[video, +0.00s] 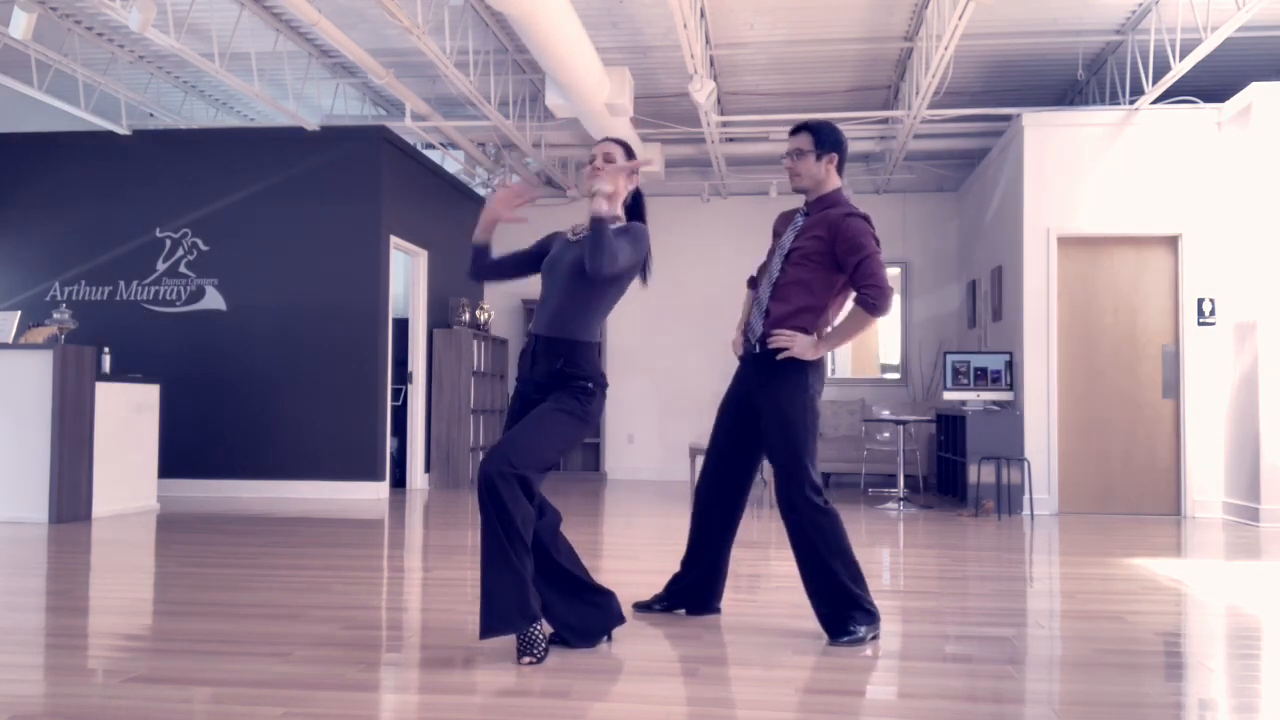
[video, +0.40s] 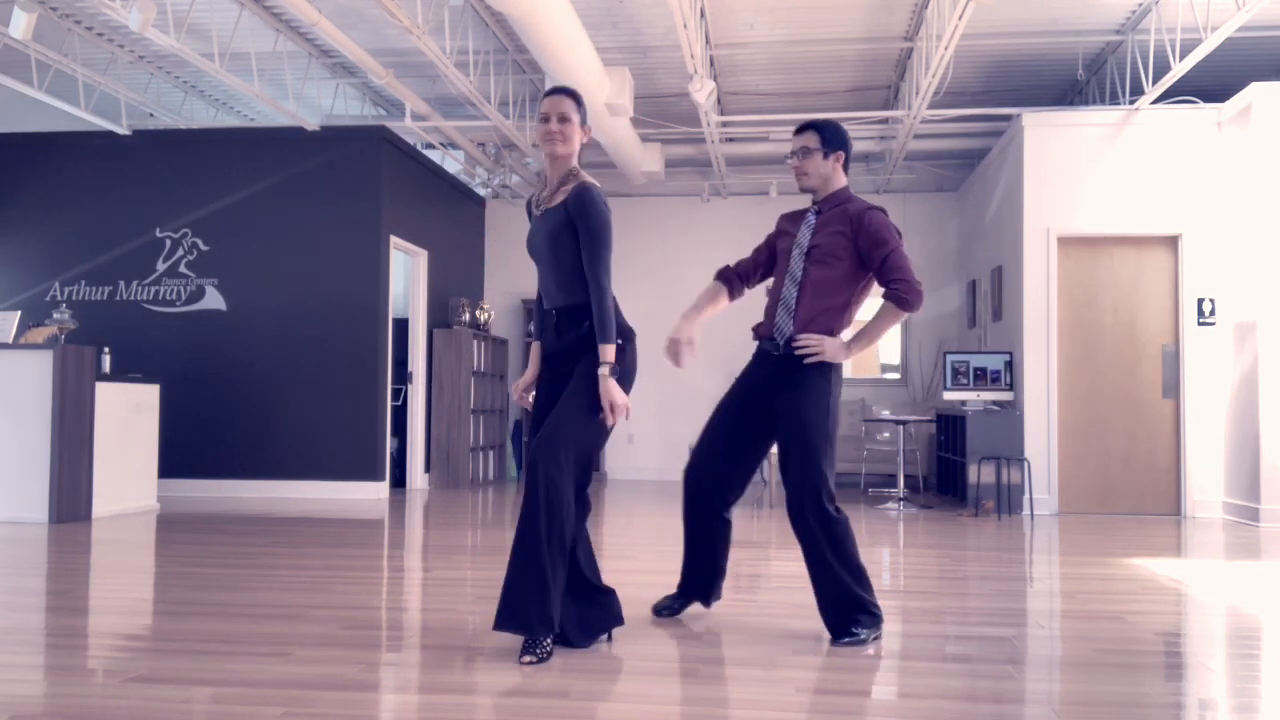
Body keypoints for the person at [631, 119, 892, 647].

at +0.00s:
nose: (787, 164)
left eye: (797, 156)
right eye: (787, 156)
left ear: (830, 162)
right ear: (800, 165)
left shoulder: (847, 221)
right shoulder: (791, 220)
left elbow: (876, 298)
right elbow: (761, 279)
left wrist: (821, 344)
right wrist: (744, 324)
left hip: (792, 368)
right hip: (753, 364)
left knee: (799, 493)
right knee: (719, 483)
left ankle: (854, 617)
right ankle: (695, 592)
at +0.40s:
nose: (793, 163)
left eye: (804, 154)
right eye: (792, 155)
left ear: (837, 159)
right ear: (807, 163)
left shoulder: (865, 218)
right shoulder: (791, 224)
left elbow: (906, 294)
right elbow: (740, 276)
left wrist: (848, 347)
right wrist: (690, 319)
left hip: (811, 370)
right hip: (764, 364)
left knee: (808, 493)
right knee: (706, 473)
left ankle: (857, 617)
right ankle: (699, 584)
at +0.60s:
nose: (797, 149)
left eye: (807, 141)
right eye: (789, 142)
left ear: (829, 152)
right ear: (780, 151)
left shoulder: (838, 208)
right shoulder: (765, 212)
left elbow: (885, 279)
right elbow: (700, 250)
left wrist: (831, 336)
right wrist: (630, 271)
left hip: (794, 363)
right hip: (745, 360)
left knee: (815, 490)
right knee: (694, 487)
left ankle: (856, 618)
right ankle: (688, 602)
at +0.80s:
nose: (785, 145)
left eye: (796, 137)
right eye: (776, 135)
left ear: (810, 148)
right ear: (762, 142)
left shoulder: (813, 206)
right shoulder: (730, 191)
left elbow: (859, 284)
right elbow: (656, 216)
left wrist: (794, 316)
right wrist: (587, 231)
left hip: (762, 356)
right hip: (709, 351)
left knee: (783, 473)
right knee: (684, 480)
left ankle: (833, 592)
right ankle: (691, 604)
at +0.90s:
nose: (778, 151)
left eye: (789, 143)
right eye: (768, 141)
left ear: (803, 152)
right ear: (754, 147)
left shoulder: (811, 218)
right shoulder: (723, 195)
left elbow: (851, 297)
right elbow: (651, 218)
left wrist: (786, 336)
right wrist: (597, 225)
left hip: (748, 355)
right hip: (695, 348)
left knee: (748, 459)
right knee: (676, 472)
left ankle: (775, 550)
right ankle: (688, 600)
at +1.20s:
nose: (756, 184)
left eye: (765, 174)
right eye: (746, 174)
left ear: (779, 180)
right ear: (731, 178)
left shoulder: (790, 240)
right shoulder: (707, 230)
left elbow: (832, 321)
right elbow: (641, 262)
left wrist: (792, 386)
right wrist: (564, 271)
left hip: (760, 386)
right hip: (707, 376)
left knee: (753, 481)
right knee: (663, 484)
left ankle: (730, 573)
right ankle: (682, 600)